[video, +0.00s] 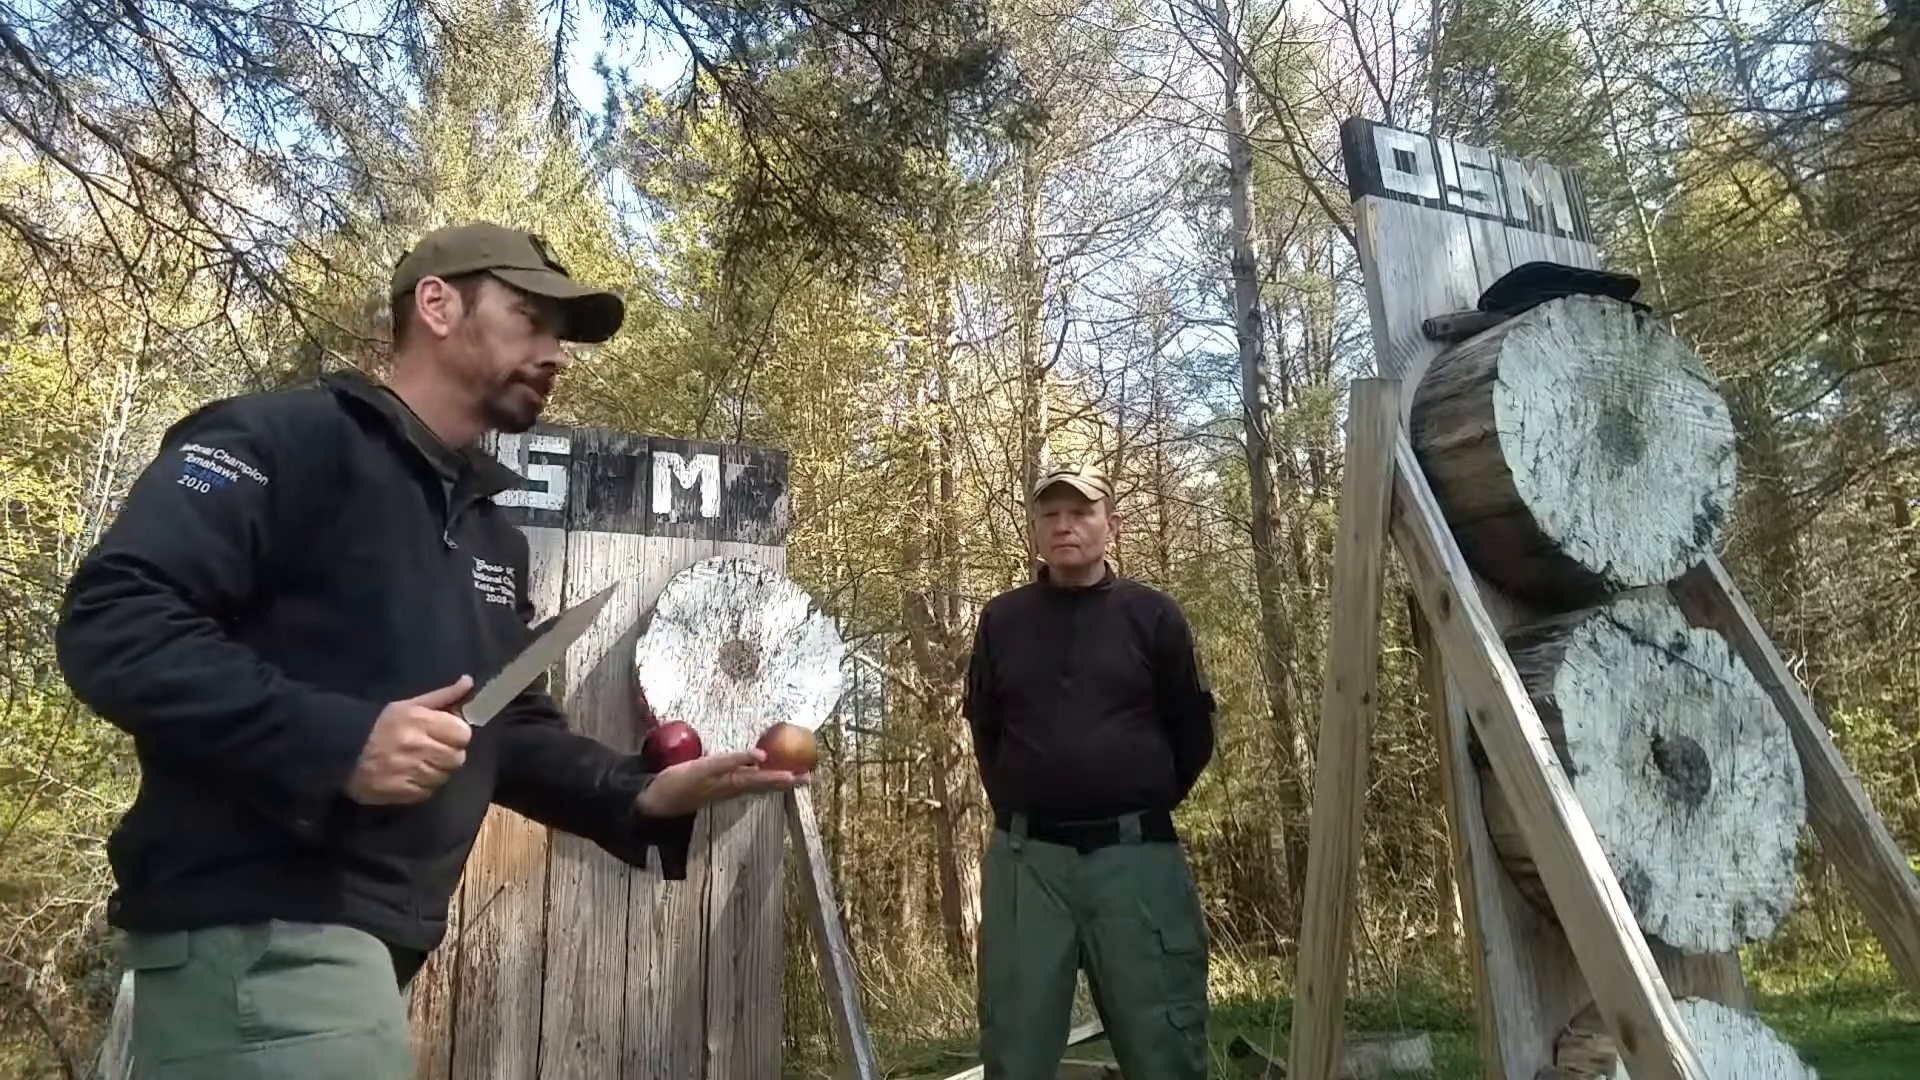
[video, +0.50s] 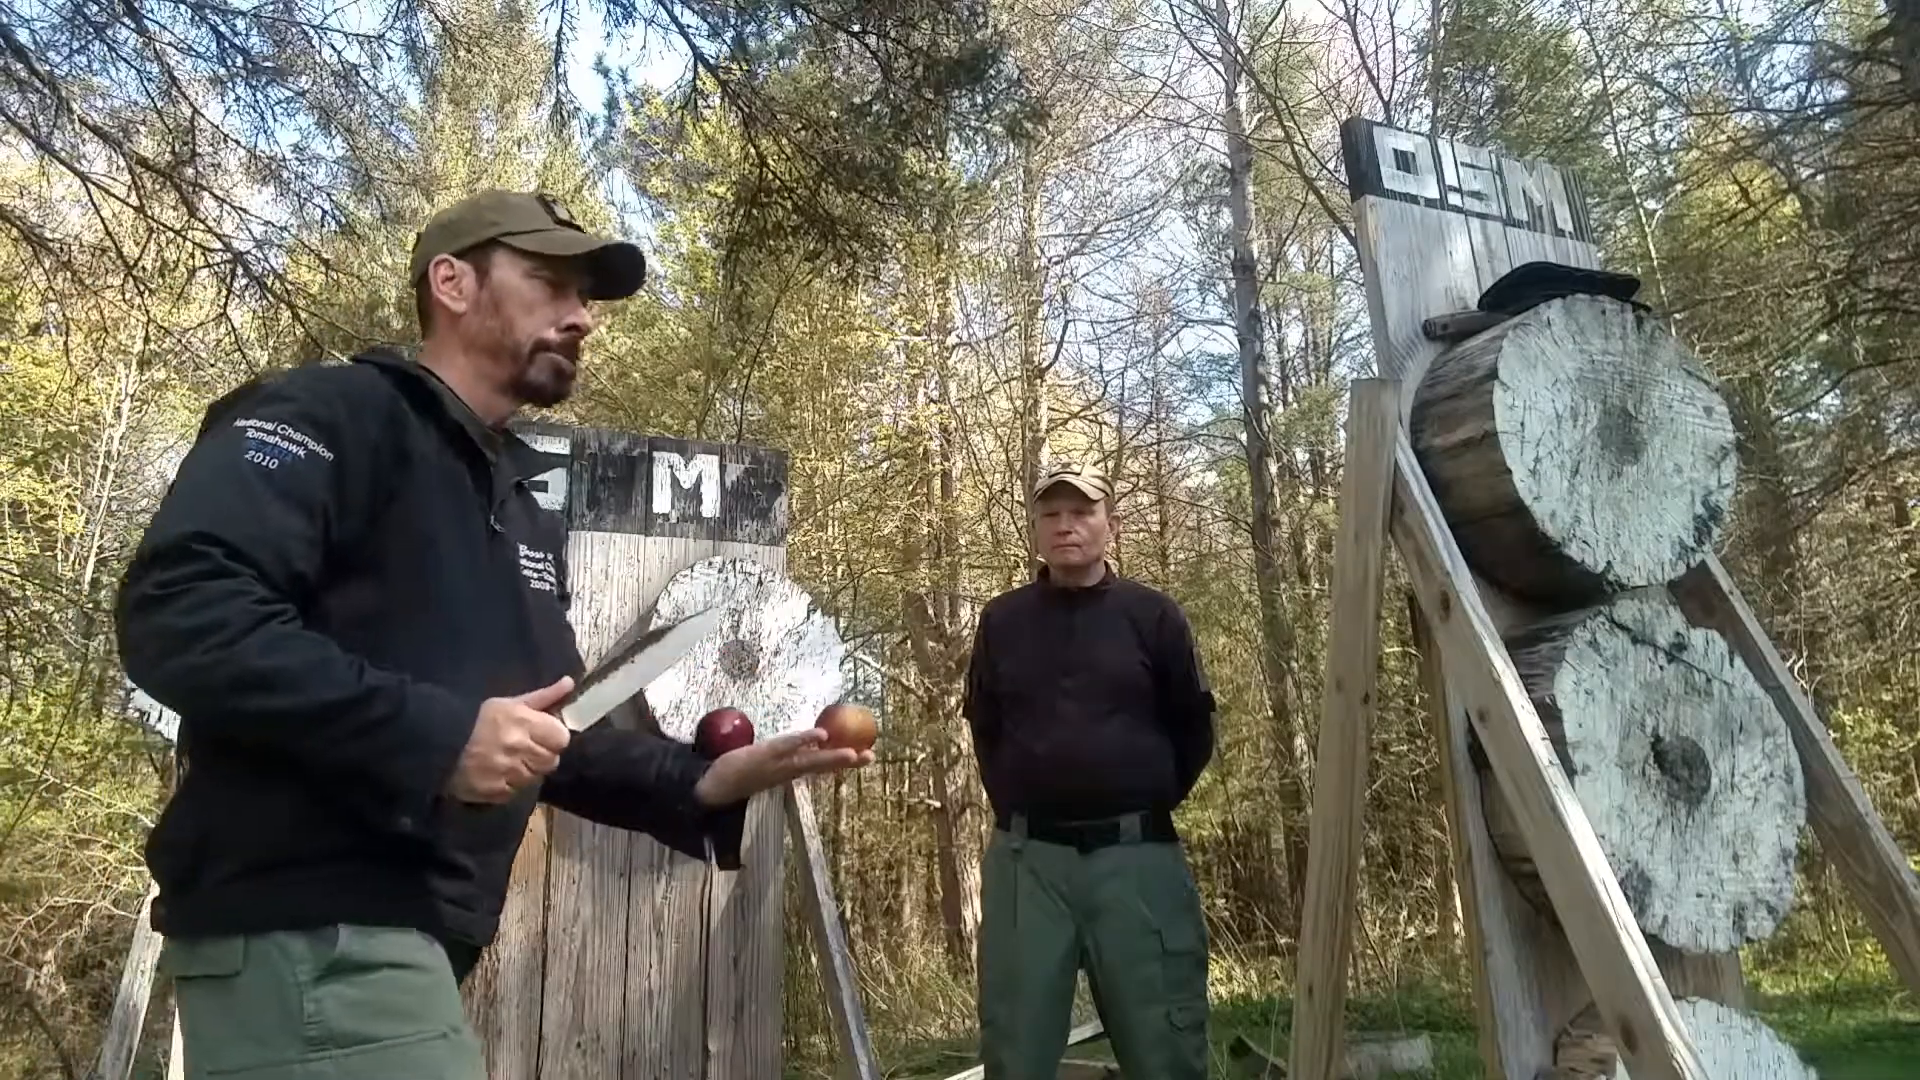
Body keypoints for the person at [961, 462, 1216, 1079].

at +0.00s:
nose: (1065, 526)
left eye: (1080, 513)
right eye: (1051, 515)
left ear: (1110, 527)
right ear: (1033, 533)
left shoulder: (1153, 614)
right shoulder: (1000, 618)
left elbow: (1193, 732)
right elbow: (984, 730)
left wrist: (1139, 811)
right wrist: (1027, 814)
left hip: (1136, 860)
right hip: (1024, 861)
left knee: (1162, 1055)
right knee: (1016, 1055)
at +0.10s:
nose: (1066, 525)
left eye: (1081, 513)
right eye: (1052, 515)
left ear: (1110, 527)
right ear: (1034, 533)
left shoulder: (1154, 615)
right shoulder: (1000, 619)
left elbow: (1195, 728)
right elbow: (984, 729)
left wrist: (1142, 810)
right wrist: (1027, 815)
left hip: (1138, 859)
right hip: (1025, 861)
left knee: (1164, 1056)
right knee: (1016, 1057)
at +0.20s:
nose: (1066, 526)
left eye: (1081, 513)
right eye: (1051, 515)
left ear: (1110, 527)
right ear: (1034, 533)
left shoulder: (1153, 614)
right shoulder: (1000, 619)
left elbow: (1195, 728)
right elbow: (984, 729)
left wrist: (1142, 811)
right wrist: (1027, 816)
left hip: (1138, 859)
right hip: (1024, 861)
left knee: (1164, 1057)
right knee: (1016, 1058)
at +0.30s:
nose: (1066, 525)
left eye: (1081, 513)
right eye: (1051, 515)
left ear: (1110, 526)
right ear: (1034, 533)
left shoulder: (1153, 614)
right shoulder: (1000, 619)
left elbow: (1195, 729)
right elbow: (984, 729)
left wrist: (1142, 811)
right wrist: (1026, 816)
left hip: (1138, 859)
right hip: (1025, 861)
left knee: (1164, 1057)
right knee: (1016, 1058)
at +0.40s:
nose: (1066, 525)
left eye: (1081, 512)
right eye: (1051, 515)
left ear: (1110, 526)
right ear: (1034, 533)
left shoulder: (1153, 614)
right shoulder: (1000, 619)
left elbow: (1195, 729)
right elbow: (984, 729)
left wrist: (1142, 811)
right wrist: (1026, 816)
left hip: (1138, 859)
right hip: (1025, 861)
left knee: (1164, 1057)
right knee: (1016, 1058)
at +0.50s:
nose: (1066, 525)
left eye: (1081, 512)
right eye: (1051, 515)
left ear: (1110, 526)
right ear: (1034, 533)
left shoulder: (1153, 614)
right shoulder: (1000, 619)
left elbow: (1195, 729)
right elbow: (984, 729)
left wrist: (1142, 811)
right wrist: (1026, 816)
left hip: (1138, 859)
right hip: (1025, 861)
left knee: (1164, 1057)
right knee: (1016, 1058)